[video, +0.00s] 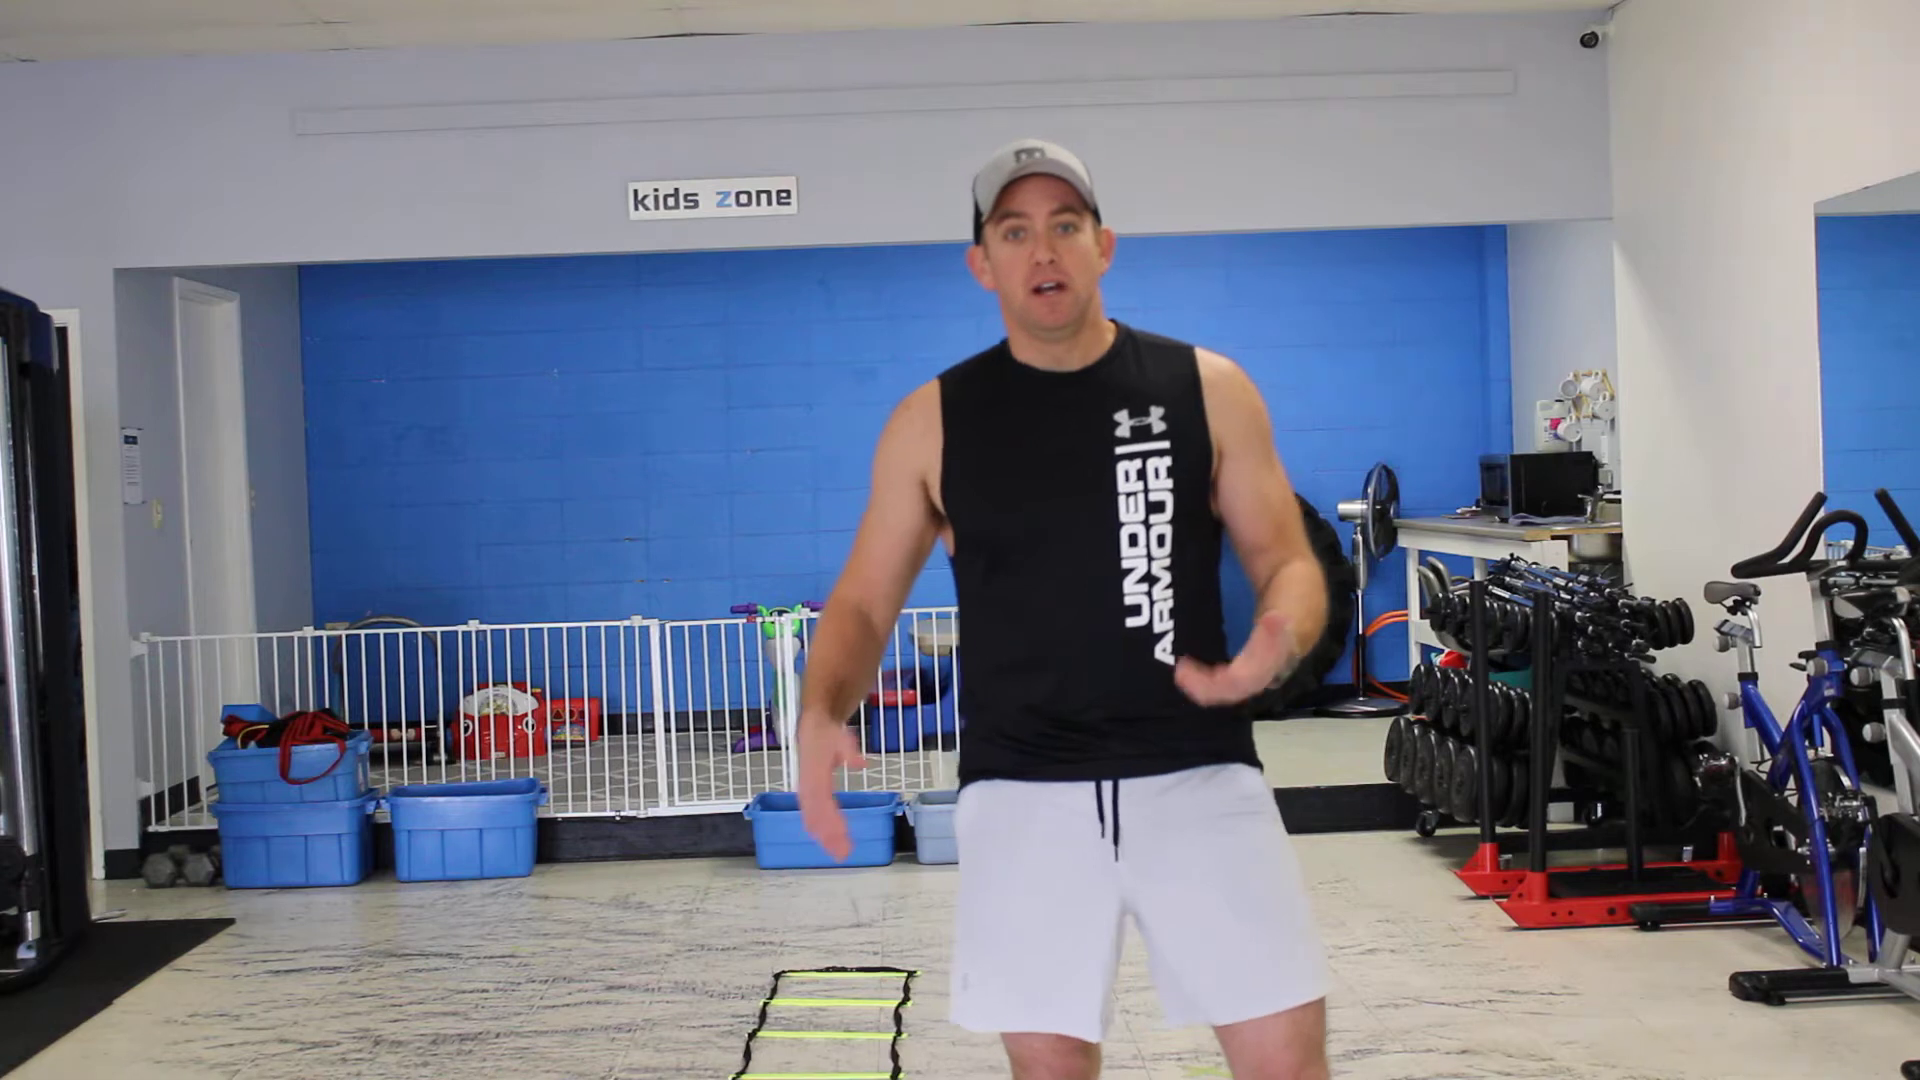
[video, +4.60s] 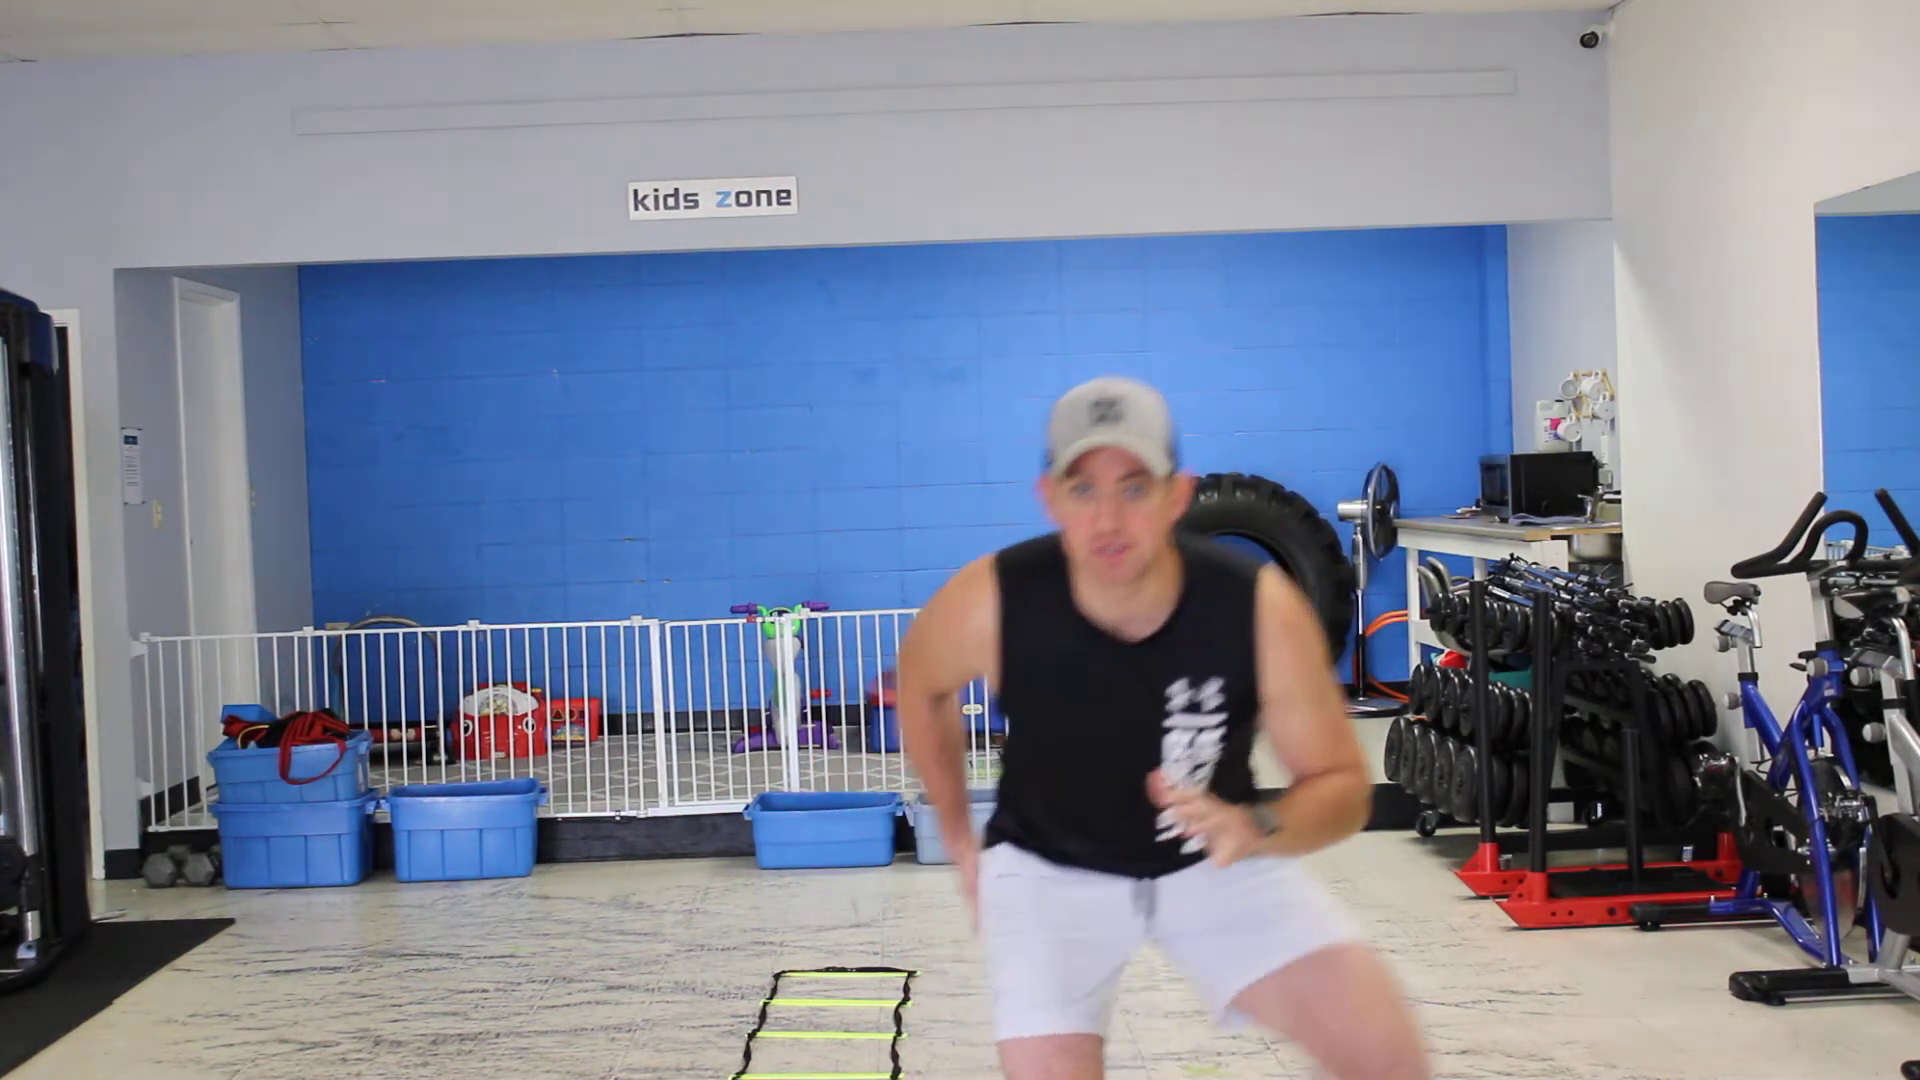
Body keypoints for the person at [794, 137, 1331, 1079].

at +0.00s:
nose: (1044, 249)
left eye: (1066, 225)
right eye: (1015, 231)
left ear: (1104, 247)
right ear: (982, 266)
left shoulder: (1208, 389)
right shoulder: (933, 421)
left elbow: (1287, 563)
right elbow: (863, 605)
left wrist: (1276, 640)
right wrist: (821, 714)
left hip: (1203, 785)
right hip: (1024, 800)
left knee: (1289, 1064)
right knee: (1049, 1066)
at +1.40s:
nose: (1121, 302)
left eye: (1143, 273)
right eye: (1094, 277)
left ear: (1181, 281)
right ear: (1059, 295)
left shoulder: (1281, 419)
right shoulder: (1012, 441)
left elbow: (1380, 610)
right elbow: (948, 599)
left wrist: (1307, 586)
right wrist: (948, 644)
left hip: (1270, 788)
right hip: (1091, 796)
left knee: (1334, 1052)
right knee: (1071, 1056)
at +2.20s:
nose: (1085, 337)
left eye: (1108, 309)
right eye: (1060, 313)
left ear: (1147, 316)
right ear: (1026, 329)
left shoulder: (1239, 448)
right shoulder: (973, 462)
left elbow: (1322, 641)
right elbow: (919, 625)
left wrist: (1243, 628)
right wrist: (928, 755)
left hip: (1227, 799)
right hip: (1051, 807)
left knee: (1305, 1051)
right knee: (1036, 1061)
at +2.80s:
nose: (999, 438)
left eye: (1022, 409)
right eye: (973, 411)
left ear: (1062, 413)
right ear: (939, 419)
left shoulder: (1144, 532)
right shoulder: (878, 533)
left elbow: (1229, 743)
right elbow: (833, 647)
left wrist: (1142, 727)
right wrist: (876, 794)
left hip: (1142, 831)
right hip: (969, 838)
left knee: (1243, 1067)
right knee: (987, 1069)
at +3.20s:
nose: (949, 540)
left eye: (976, 509)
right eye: (924, 512)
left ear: (1018, 513)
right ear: (895, 519)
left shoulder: (1105, 620)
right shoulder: (847, 625)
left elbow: (1181, 848)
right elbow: (839, 723)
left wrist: (1059, 818)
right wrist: (875, 858)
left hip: (1113, 899)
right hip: (954, 885)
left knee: (1131, 1067)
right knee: (970, 1065)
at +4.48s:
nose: (1052, 552)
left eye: (1078, 521)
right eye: (1027, 524)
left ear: (1123, 527)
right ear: (997, 533)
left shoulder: (1209, 632)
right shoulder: (948, 633)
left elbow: (1299, 826)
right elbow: (891, 727)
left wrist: (1192, 855)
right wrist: (926, 882)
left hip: (1180, 901)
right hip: (1015, 893)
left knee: (1280, 1065)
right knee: (1032, 1066)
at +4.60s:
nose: (1108, 517)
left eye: (1134, 489)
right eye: (1083, 491)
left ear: (1178, 497)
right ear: (1051, 500)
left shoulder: (1258, 605)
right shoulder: (991, 602)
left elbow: (1345, 787)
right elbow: (922, 688)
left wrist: (1260, 826)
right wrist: (960, 839)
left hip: (1215, 865)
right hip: (1049, 874)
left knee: (1385, 1049)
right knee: (1047, 1066)